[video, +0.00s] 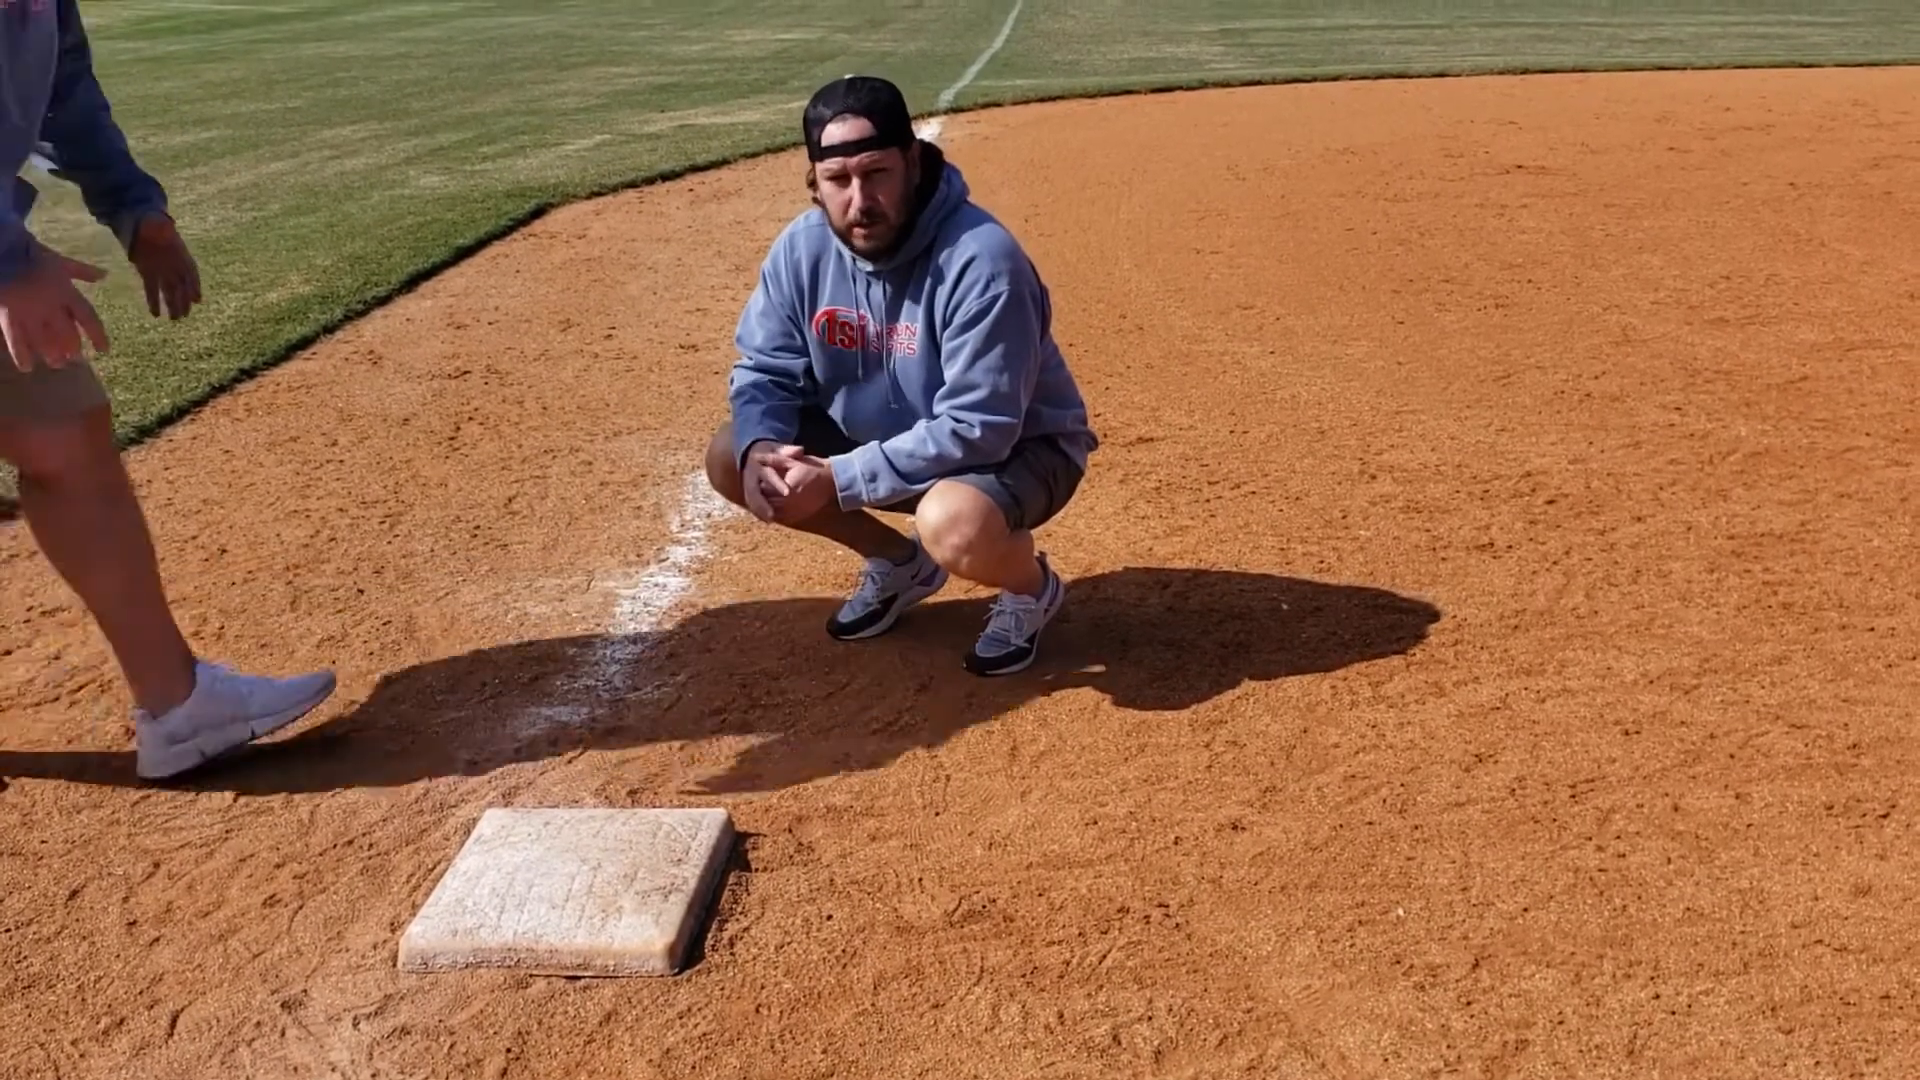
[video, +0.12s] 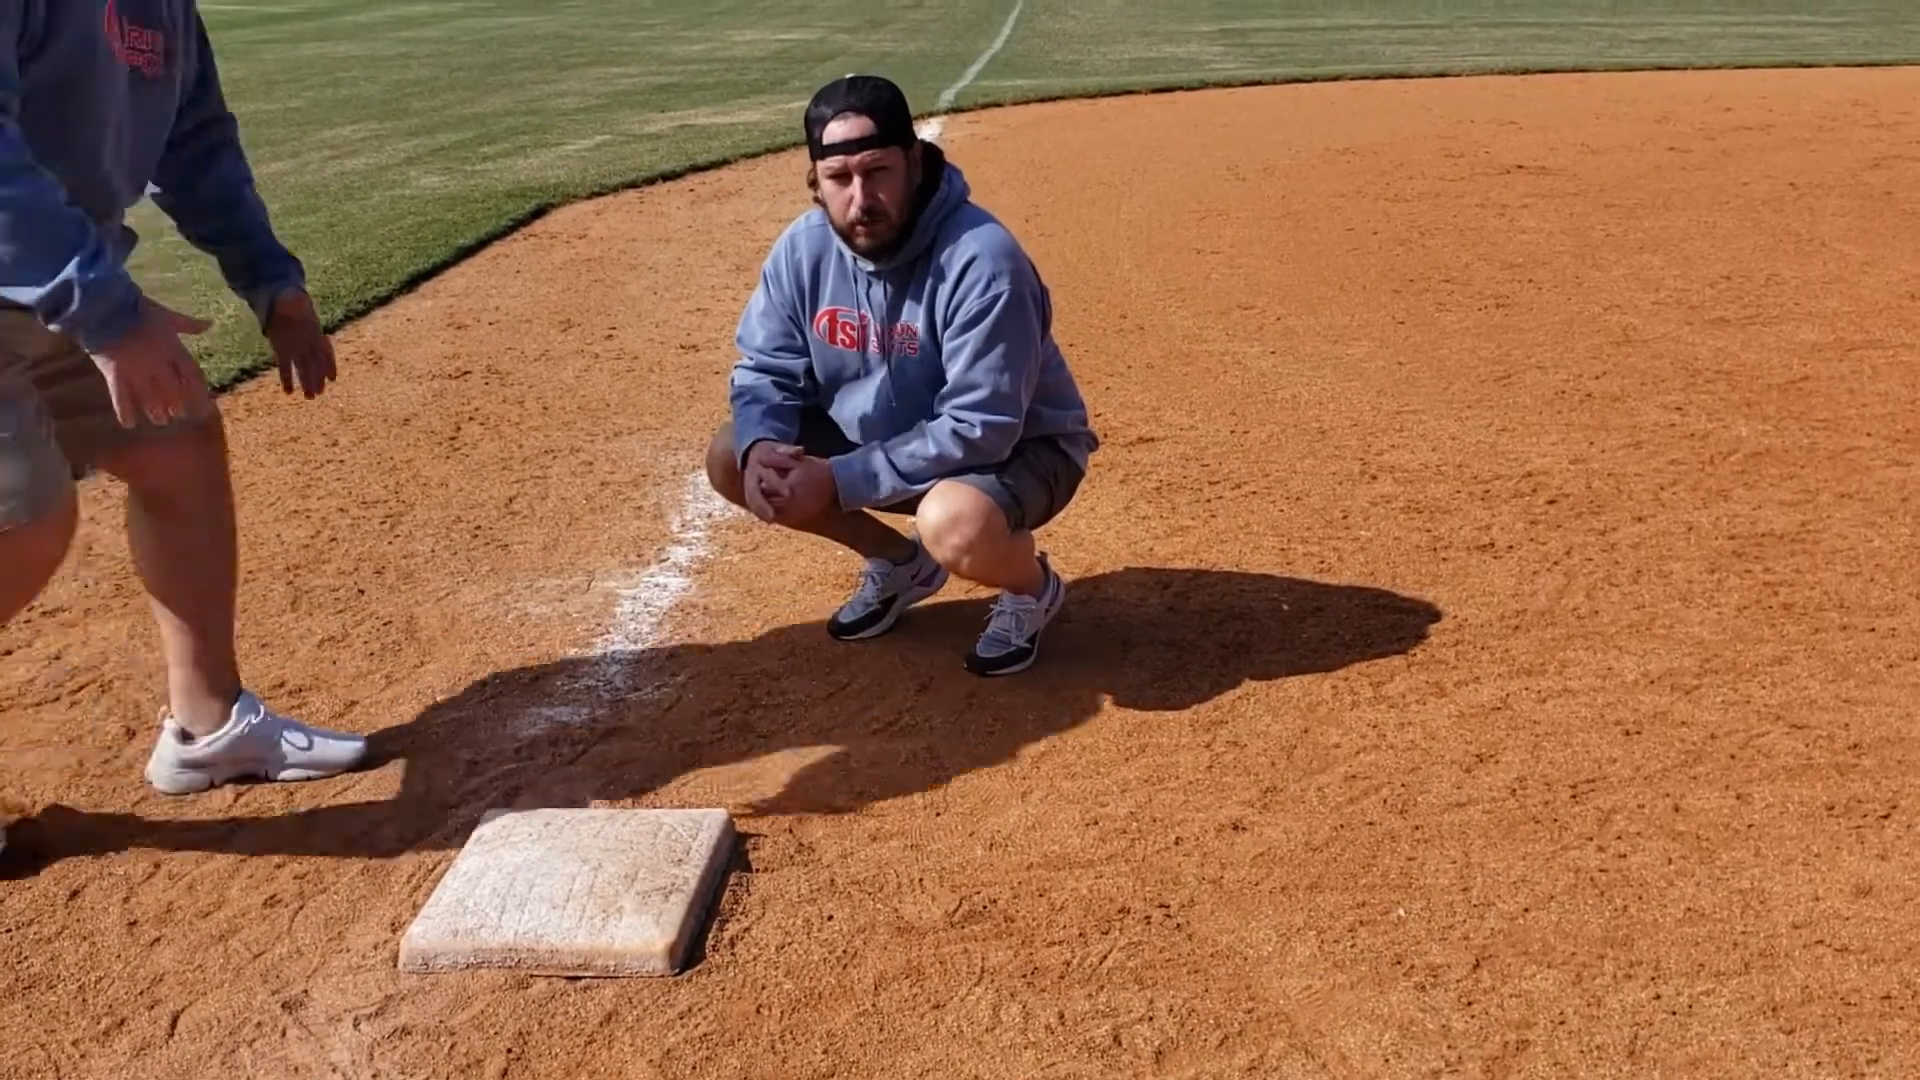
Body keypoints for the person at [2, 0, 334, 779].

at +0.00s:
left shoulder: (43, 14)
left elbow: (62, 84)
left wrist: (135, 208)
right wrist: (11, 256)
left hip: (7, 231)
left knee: (66, 429)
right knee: (61, 433)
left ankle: (171, 696)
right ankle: (172, 694)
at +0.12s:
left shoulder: (164, 10)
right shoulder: (30, 16)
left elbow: (192, 140)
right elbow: (1, 154)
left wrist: (276, 286)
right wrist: (102, 304)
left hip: (78, 280)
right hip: (4, 289)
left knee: (182, 443)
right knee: (26, 527)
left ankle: (205, 718)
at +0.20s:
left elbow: (243, 171)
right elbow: (26, 191)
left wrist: (333, 335)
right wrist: (169, 371)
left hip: (106, 285)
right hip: (13, 297)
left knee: (223, 440)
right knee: (59, 523)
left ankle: (210, 719)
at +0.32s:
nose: (392, 14)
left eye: (400, 3)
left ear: (346, 2)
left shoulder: (286, 65)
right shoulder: (160, 30)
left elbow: (322, 261)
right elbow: (148, 287)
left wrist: (411, 440)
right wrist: (268, 491)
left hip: (116, 318)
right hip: (11, 328)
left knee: (267, 459)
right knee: (92, 603)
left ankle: (215, 721)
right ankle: (166, 971)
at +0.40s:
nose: (432, 74)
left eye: (446, 56)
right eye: (430, 45)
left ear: (369, 9)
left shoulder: (295, 71)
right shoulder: (212, 67)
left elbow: (348, 304)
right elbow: (225, 351)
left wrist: (433, 481)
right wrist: (325, 562)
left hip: (123, 328)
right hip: (16, 339)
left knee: (259, 504)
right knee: (145, 616)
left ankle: (223, 724)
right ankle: (188, 1003)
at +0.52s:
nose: (497, 185)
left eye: (514, 166)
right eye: (502, 156)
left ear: (445, 94)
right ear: (443, 92)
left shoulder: (351, 150)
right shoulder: (298, 157)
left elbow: (398, 404)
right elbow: (325, 447)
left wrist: (462, 599)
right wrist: (395, 676)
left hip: (98, 375)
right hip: (19, 394)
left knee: (270, 506)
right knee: (236, 621)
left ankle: (250, 739)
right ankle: (202, 1020)